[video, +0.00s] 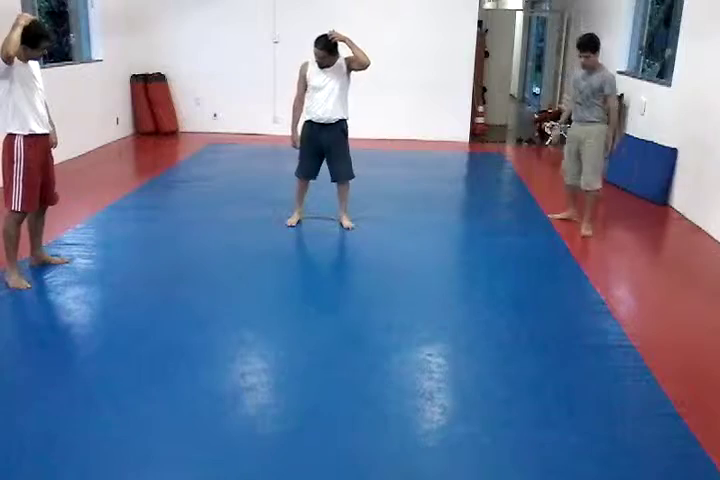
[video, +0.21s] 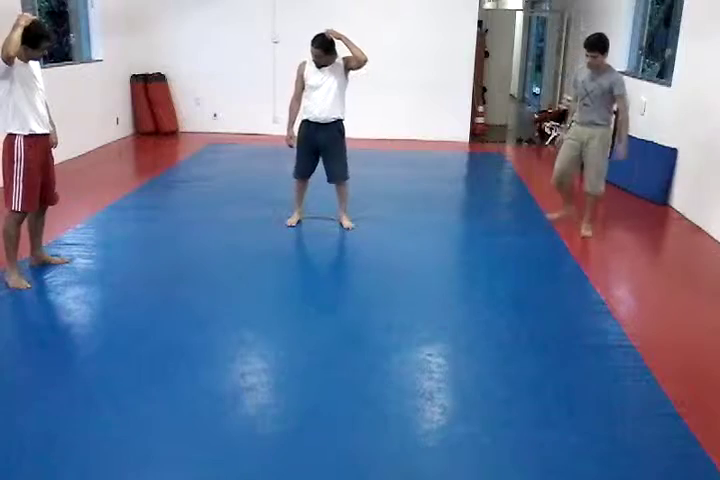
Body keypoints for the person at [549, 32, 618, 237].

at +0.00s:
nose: (583, 61)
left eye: (587, 57)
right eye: (580, 56)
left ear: (596, 54)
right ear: (578, 54)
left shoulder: (607, 77)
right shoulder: (577, 75)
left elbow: (613, 108)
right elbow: (570, 103)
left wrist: (611, 136)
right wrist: (559, 124)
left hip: (596, 128)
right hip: (576, 127)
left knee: (591, 179)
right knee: (570, 173)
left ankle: (587, 220)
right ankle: (571, 209)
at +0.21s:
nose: (589, 61)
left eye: (594, 57)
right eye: (587, 56)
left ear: (604, 55)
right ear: (585, 53)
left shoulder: (614, 78)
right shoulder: (580, 73)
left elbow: (622, 111)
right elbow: (574, 104)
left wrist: (622, 142)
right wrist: (565, 129)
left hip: (599, 131)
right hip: (577, 128)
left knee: (593, 181)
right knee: (560, 173)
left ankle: (587, 221)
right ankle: (567, 207)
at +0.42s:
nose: (587, 62)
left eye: (592, 59)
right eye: (586, 57)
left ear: (604, 58)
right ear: (584, 55)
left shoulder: (615, 82)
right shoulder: (580, 75)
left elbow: (622, 115)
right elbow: (571, 104)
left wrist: (624, 147)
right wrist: (561, 127)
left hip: (599, 136)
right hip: (576, 131)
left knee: (593, 187)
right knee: (563, 182)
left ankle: (587, 222)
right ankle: (564, 225)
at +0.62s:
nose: (580, 65)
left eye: (585, 61)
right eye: (578, 60)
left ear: (597, 60)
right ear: (577, 58)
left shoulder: (611, 84)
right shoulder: (573, 77)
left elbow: (618, 118)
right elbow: (567, 107)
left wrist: (613, 149)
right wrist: (556, 132)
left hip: (597, 141)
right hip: (572, 138)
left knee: (592, 189)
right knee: (565, 188)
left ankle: (587, 223)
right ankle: (560, 236)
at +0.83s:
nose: (574, 61)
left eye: (579, 57)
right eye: (572, 56)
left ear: (592, 57)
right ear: (571, 55)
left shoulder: (606, 81)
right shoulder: (567, 78)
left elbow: (613, 117)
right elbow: (559, 106)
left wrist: (606, 146)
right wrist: (544, 130)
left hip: (592, 142)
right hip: (566, 138)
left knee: (586, 195)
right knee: (557, 193)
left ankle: (582, 234)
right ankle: (560, 239)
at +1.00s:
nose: (574, 61)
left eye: (579, 57)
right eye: (572, 56)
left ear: (592, 57)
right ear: (570, 55)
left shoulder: (606, 82)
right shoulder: (564, 77)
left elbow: (613, 118)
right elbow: (551, 107)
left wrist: (610, 152)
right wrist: (535, 132)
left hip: (591, 144)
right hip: (564, 142)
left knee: (589, 199)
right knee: (555, 193)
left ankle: (582, 237)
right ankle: (560, 238)